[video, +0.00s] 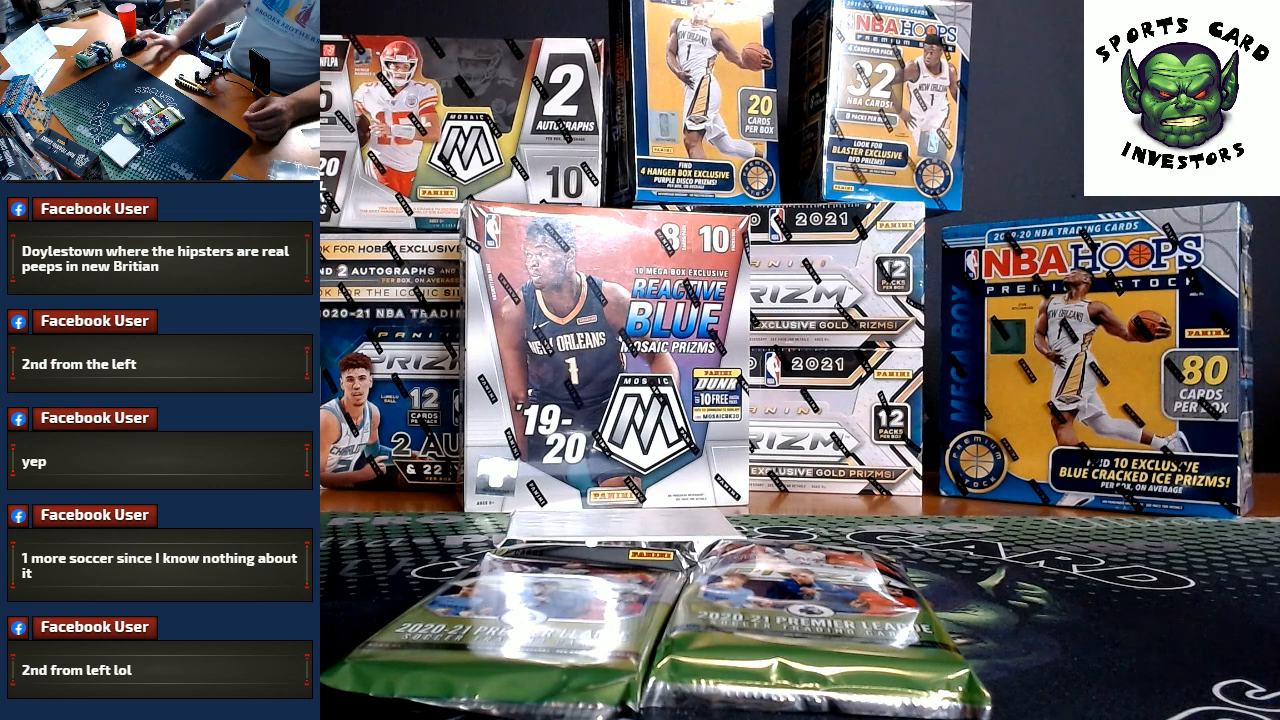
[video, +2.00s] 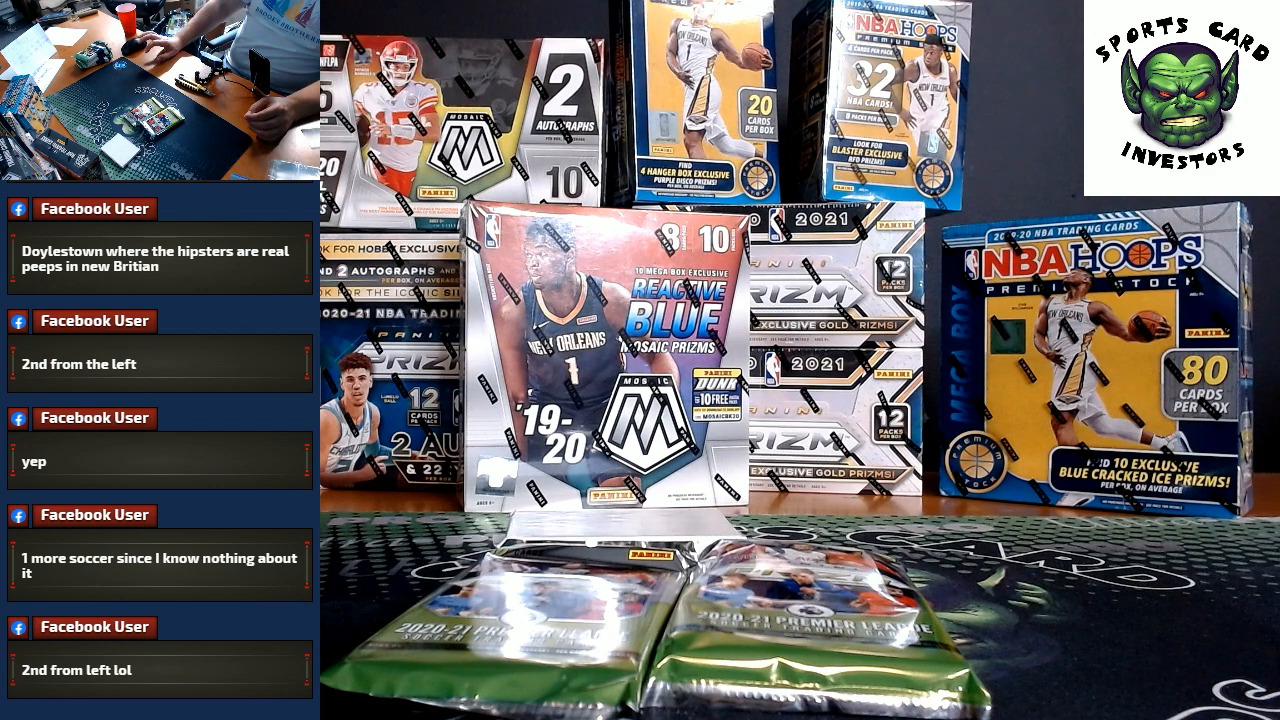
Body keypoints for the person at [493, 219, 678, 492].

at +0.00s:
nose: (532, 263)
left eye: (542, 254)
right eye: (529, 255)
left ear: (570, 255)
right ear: (524, 259)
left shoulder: (612, 299)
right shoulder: (514, 312)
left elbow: (658, 357)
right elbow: (518, 399)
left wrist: (663, 417)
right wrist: (524, 461)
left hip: (610, 424)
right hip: (549, 428)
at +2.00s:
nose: (532, 263)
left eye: (542, 254)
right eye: (529, 255)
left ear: (569, 255)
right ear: (525, 259)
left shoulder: (611, 299)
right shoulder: (513, 313)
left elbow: (658, 357)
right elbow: (518, 399)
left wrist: (663, 413)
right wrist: (524, 461)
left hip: (610, 421)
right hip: (549, 425)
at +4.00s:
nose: (533, 264)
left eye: (542, 255)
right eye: (530, 255)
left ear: (569, 257)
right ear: (525, 258)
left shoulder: (611, 299)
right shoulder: (514, 312)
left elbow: (657, 356)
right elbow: (517, 400)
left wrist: (666, 412)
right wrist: (521, 465)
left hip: (609, 423)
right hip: (549, 428)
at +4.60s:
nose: (532, 262)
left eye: (543, 253)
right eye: (529, 254)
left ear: (569, 255)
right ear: (524, 257)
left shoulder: (612, 299)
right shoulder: (514, 312)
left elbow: (658, 358)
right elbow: (517, 395)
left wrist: (663, 418)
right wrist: (524, 454)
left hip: (609, 427)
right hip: (547, 431)